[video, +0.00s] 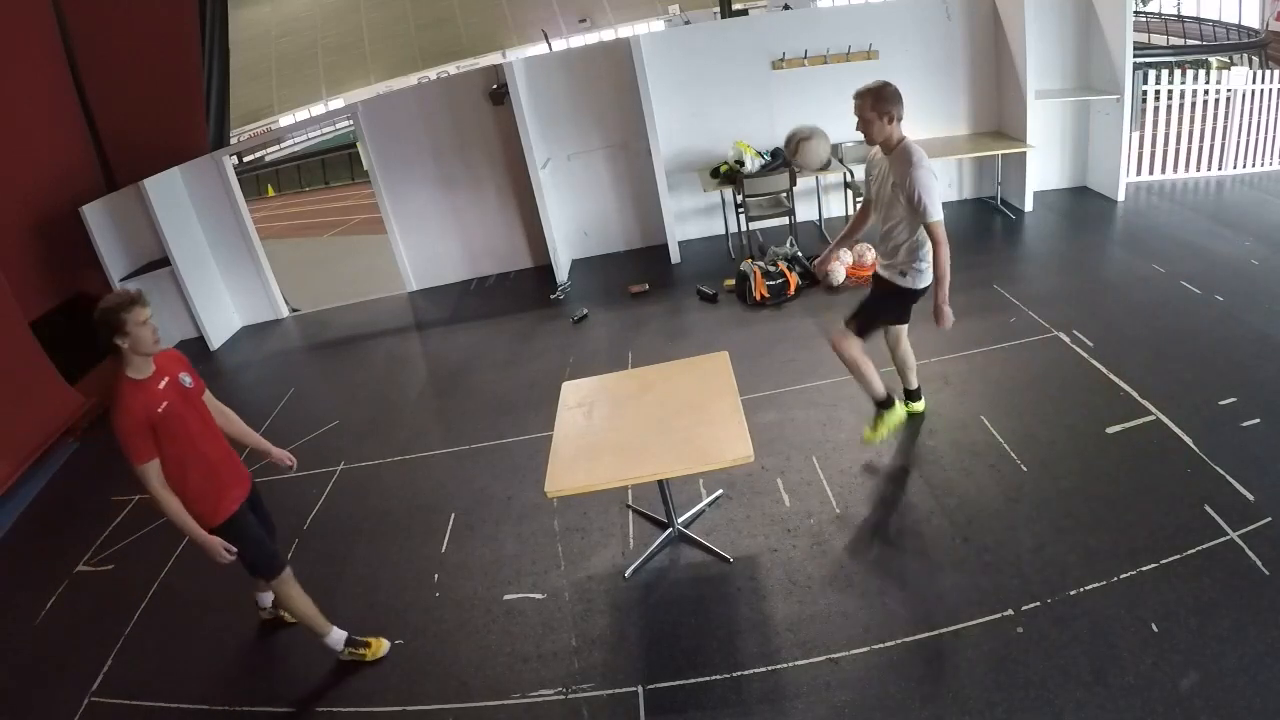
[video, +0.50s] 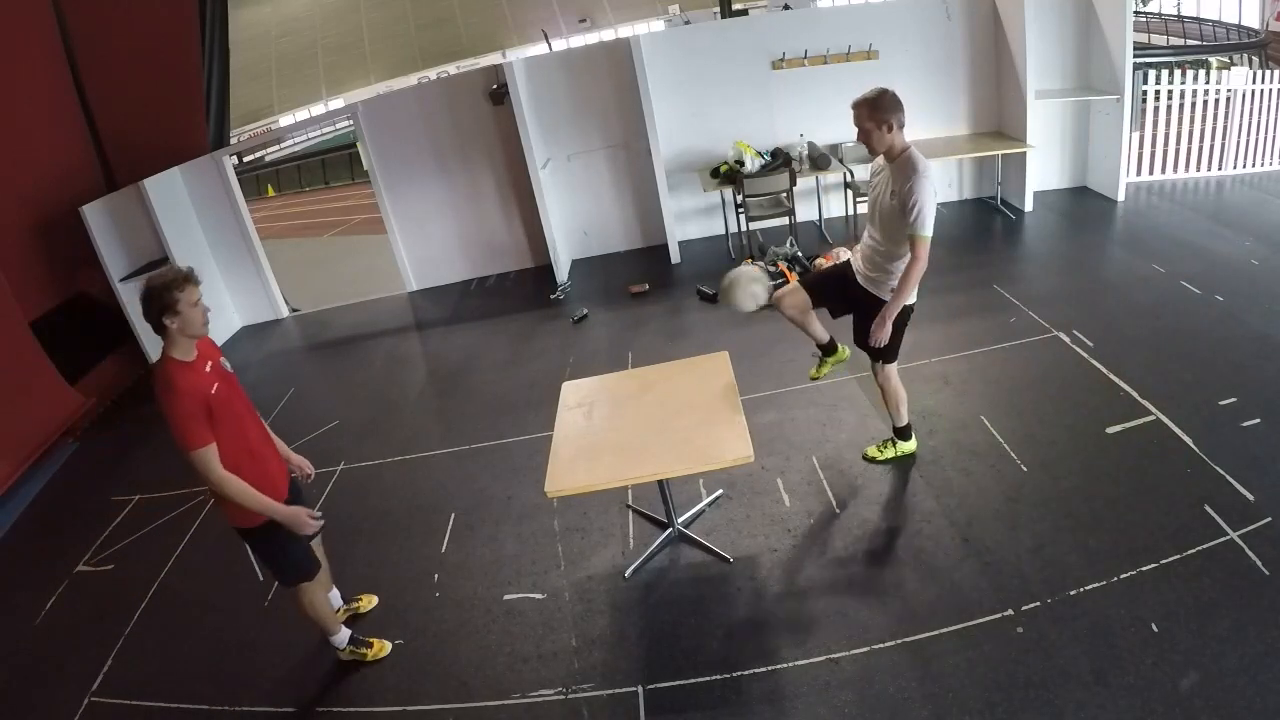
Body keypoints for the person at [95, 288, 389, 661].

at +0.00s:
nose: (154, 326)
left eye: (151, 318)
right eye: (143, 324)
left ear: (150, 319)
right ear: (121, 340)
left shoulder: (172, 360)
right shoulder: (128, 408)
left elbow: (216, 410)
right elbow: (156, 486)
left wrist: (267, 448)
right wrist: (201, 537)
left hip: (239, 480)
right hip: (215, 507)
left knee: (262, 547)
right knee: (278, 570)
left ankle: (267, 605)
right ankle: (339, 642)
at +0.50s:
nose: (206, 308)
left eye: (202, 300)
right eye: (196, 304)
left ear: (176, 318)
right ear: (170, 321)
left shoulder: (203, 347)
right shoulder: (176, 385)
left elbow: (244, 412)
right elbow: (214, 475)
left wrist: (284, 452)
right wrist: (283, 513)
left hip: (276, 477)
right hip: (254, 507)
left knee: (312, 541)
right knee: (305, 574)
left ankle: (335, 606)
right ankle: (342, 642)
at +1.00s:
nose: (250, 308)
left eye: (249, 299)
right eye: (242, 302)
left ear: (219, 309)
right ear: (212, 311)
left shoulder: (233, 344)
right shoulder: (206, 375)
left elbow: (256, 412)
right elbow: (228, 468)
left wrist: (293, 444)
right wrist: (286, 516)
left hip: (287, 483)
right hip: (266, 507)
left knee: (323, 552)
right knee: (313, 573)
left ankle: (345, 621)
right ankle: (341, 642)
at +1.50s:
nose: (271, 324)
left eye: (272, 315)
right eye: (266, 315)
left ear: (238, 311)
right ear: (236, 312)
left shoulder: (245, 345)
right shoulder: (215, 369)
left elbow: (257, 424)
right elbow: (224, 465)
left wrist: (284, 474)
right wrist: (267, 523)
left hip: (289, 483)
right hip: (272, 507)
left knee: (328, 557)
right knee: (329, 569)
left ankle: (347, 624)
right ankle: (364, 643)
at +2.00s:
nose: (262, 306)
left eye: (260, 296)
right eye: (254, 299)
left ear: (231, 306)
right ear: (226, 307)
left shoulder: (237, 341)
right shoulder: (219, 368)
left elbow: (259, 417)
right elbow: (239, 458)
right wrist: (296, 507)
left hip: (299, 470)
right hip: (292, 486)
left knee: (339, 532)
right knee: (384, 498)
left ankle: (366, 614)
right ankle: (416, 582)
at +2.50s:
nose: (265, 297)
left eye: (263, 289)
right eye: (257, 292)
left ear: (237, 298)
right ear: (229, 301)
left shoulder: (245, 336)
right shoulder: (222, 362)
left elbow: (268, 405)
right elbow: (245, 453)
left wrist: (310, 450)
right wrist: (306, 495)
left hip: (301, 453)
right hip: (291, 469)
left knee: (350, 524)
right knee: (388, 436)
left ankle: (367, 614)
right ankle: (475, 497)